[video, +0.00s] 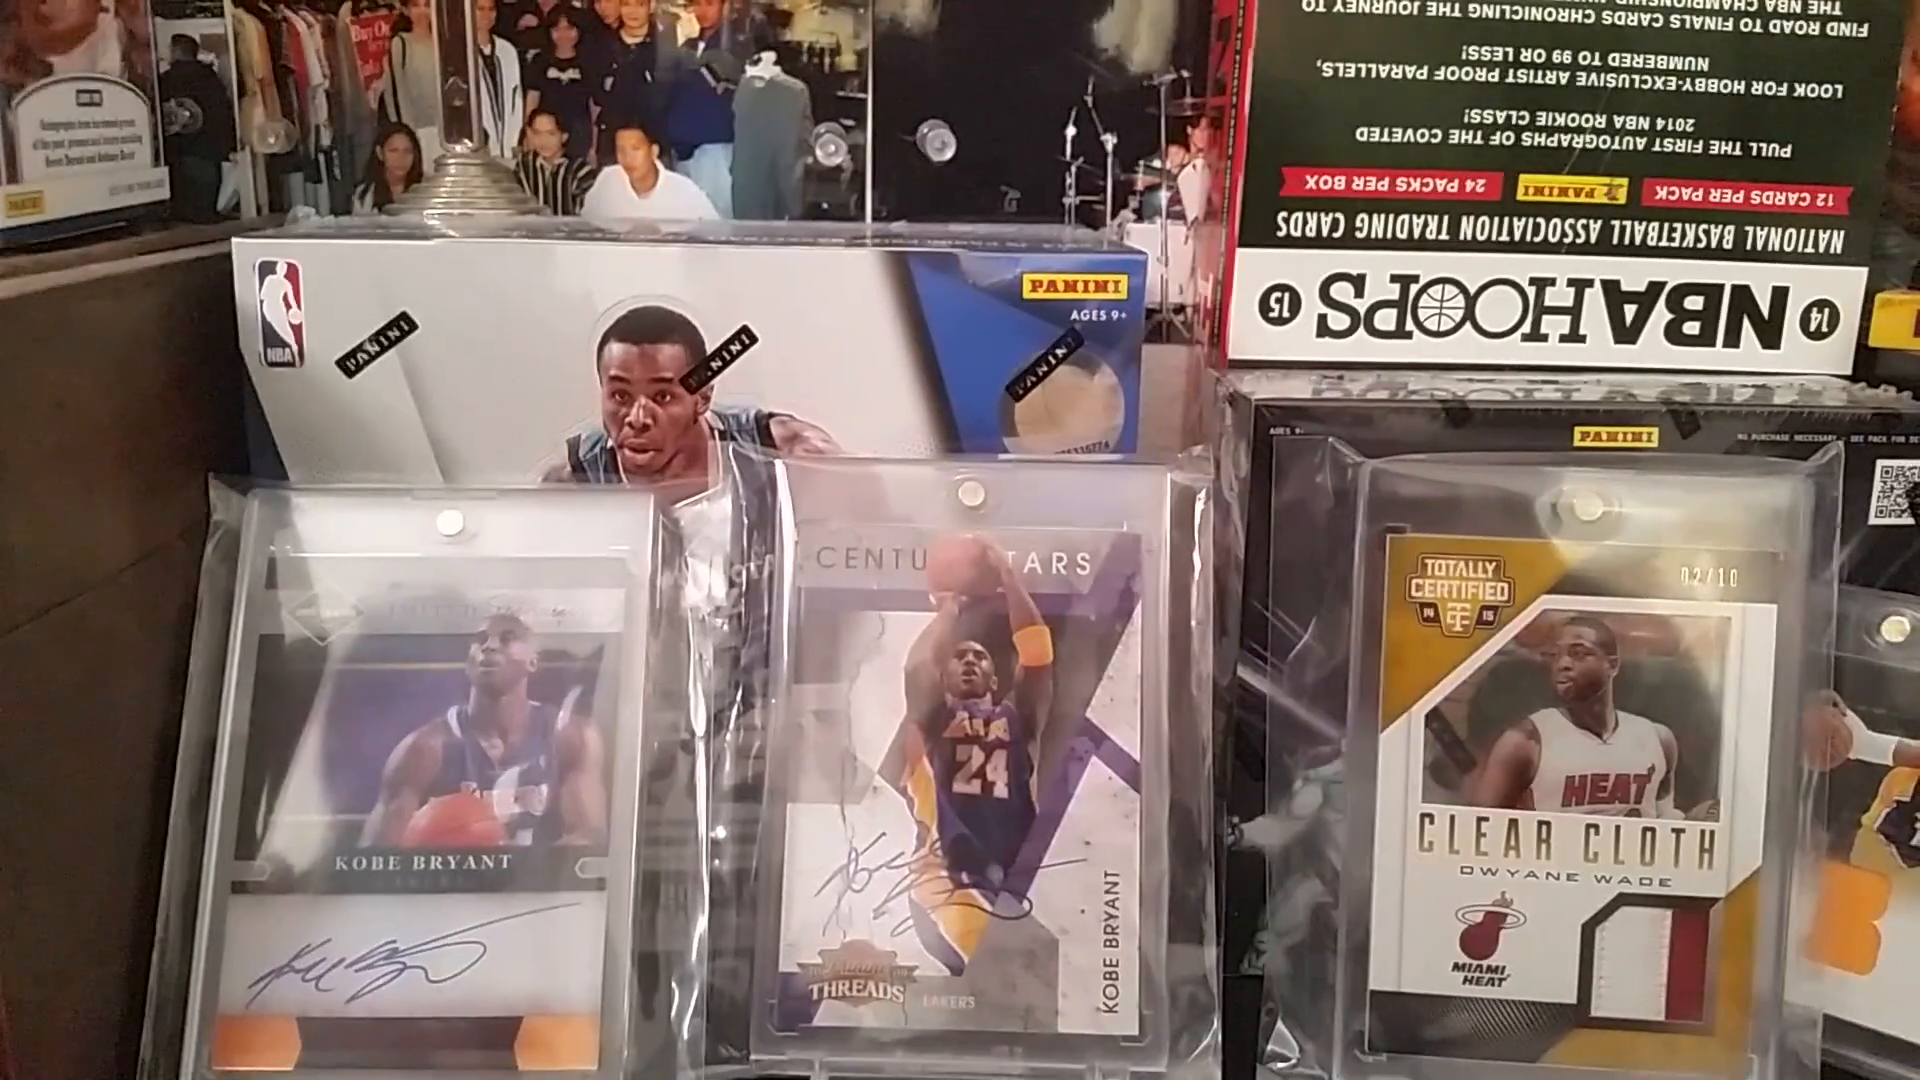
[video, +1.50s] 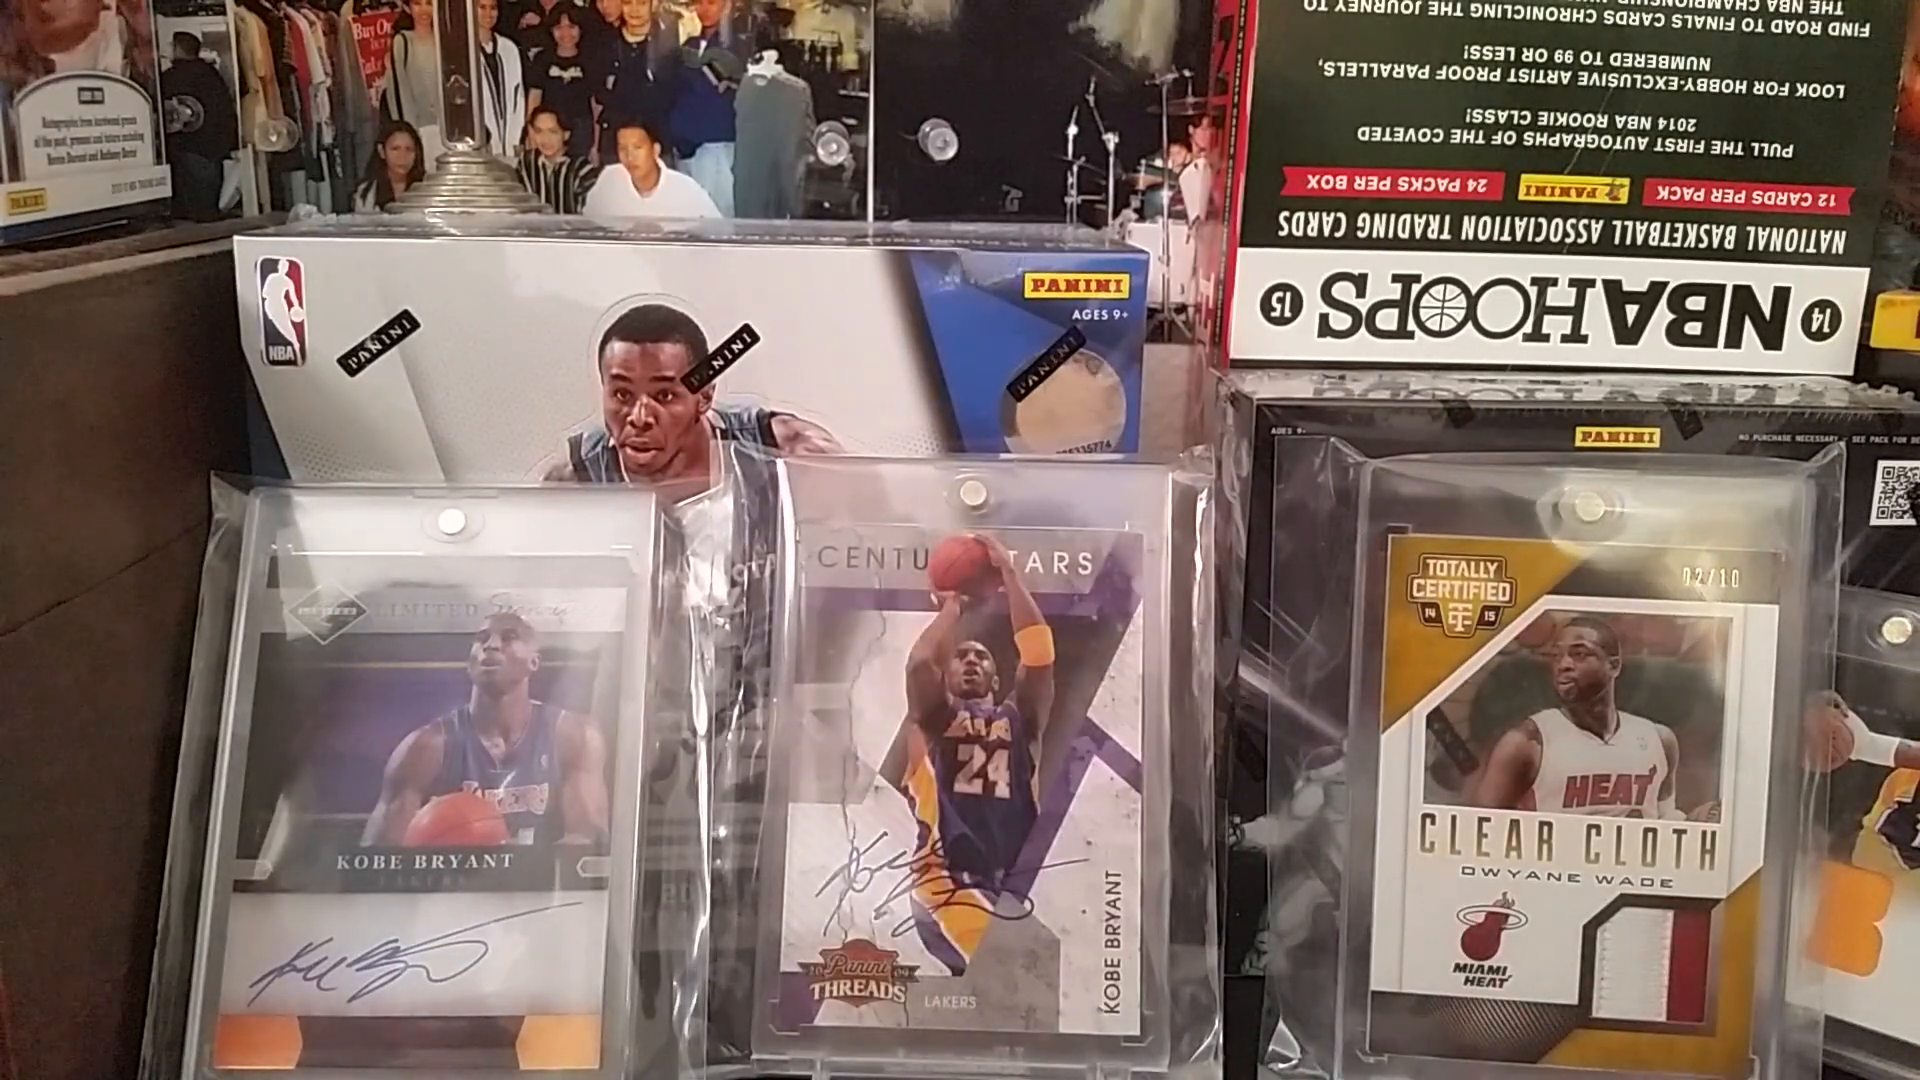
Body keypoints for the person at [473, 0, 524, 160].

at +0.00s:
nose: (487, 15)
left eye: (491, 9)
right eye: (481, 9)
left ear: (496, 12)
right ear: (469, 12)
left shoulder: (508, 50)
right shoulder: (461, 53)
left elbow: (518, 97)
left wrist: (513, 144)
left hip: (511, 149)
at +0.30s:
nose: (488, 13)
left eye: (492, 7)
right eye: (482, 7)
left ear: (497, 11)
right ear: (471, 11)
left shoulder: (509, 47)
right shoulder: (464, 50)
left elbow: (519, 93)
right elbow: (463, 99)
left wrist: (515, 140)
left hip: (511, 144)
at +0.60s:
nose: (489, 13)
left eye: (493, 7)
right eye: (482, 7)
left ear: (497, 10)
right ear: (471, 10)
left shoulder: (510, 48)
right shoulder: (464, 50)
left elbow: (519, 95)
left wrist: (515, 141)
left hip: (511, 145)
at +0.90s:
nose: (488, 13)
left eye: (492, 7)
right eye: (482, 7)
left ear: (497, 11)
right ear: (471, 11)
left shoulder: (509, 48)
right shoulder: (464, 50)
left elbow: (519, 94)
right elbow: (463, 100)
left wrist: (515, 141)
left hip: (511, 145)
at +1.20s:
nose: (488, 13)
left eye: (492, 7)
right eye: (482, 7)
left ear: (497, 11)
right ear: (471, 11)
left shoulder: (509, 48)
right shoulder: (464, 50)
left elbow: (519, 94)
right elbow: (463, 100)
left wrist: (515, 141)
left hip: (511, 145)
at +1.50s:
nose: (489, 13)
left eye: (493, 8)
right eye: (482, 7)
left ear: (498, 11)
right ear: (472, 11)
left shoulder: (510, 48)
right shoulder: (465, 50)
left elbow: (520, 95)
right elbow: (464, 100)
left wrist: (515, 140)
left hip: (511, 144)